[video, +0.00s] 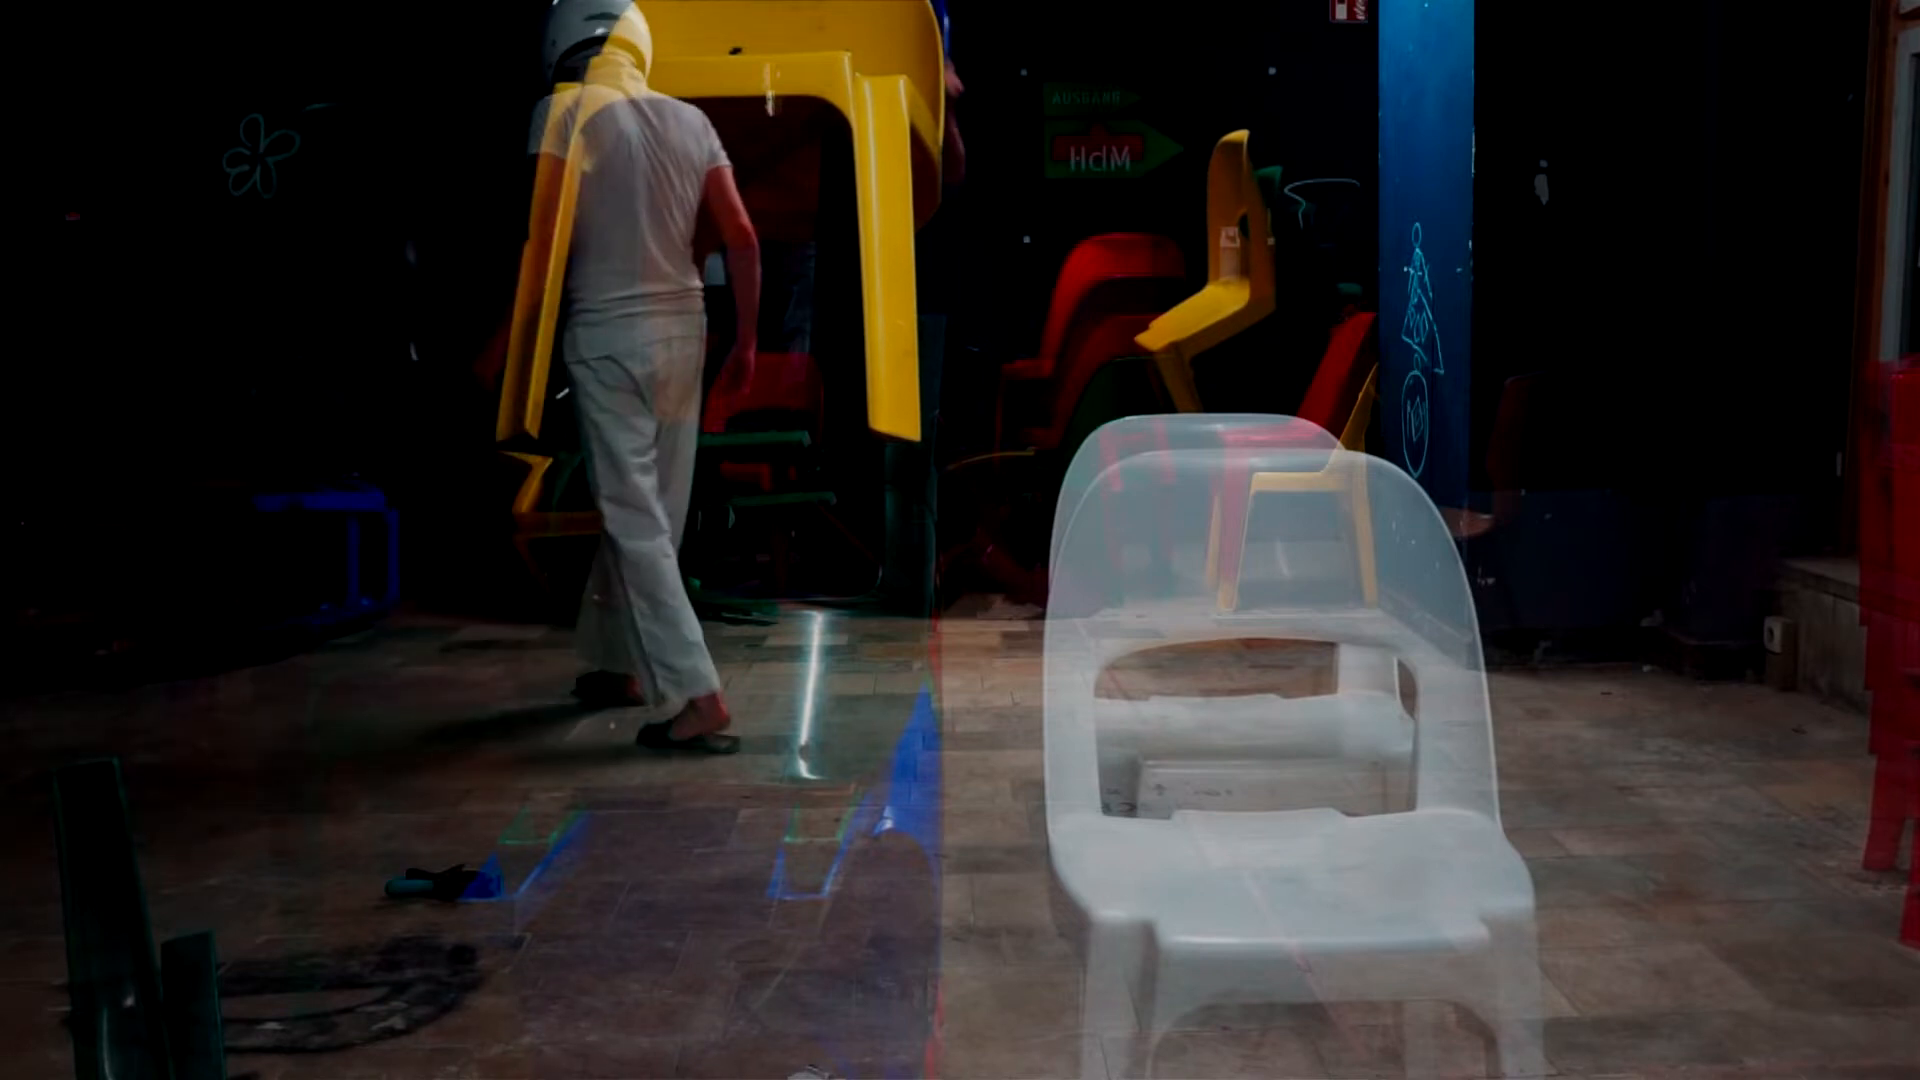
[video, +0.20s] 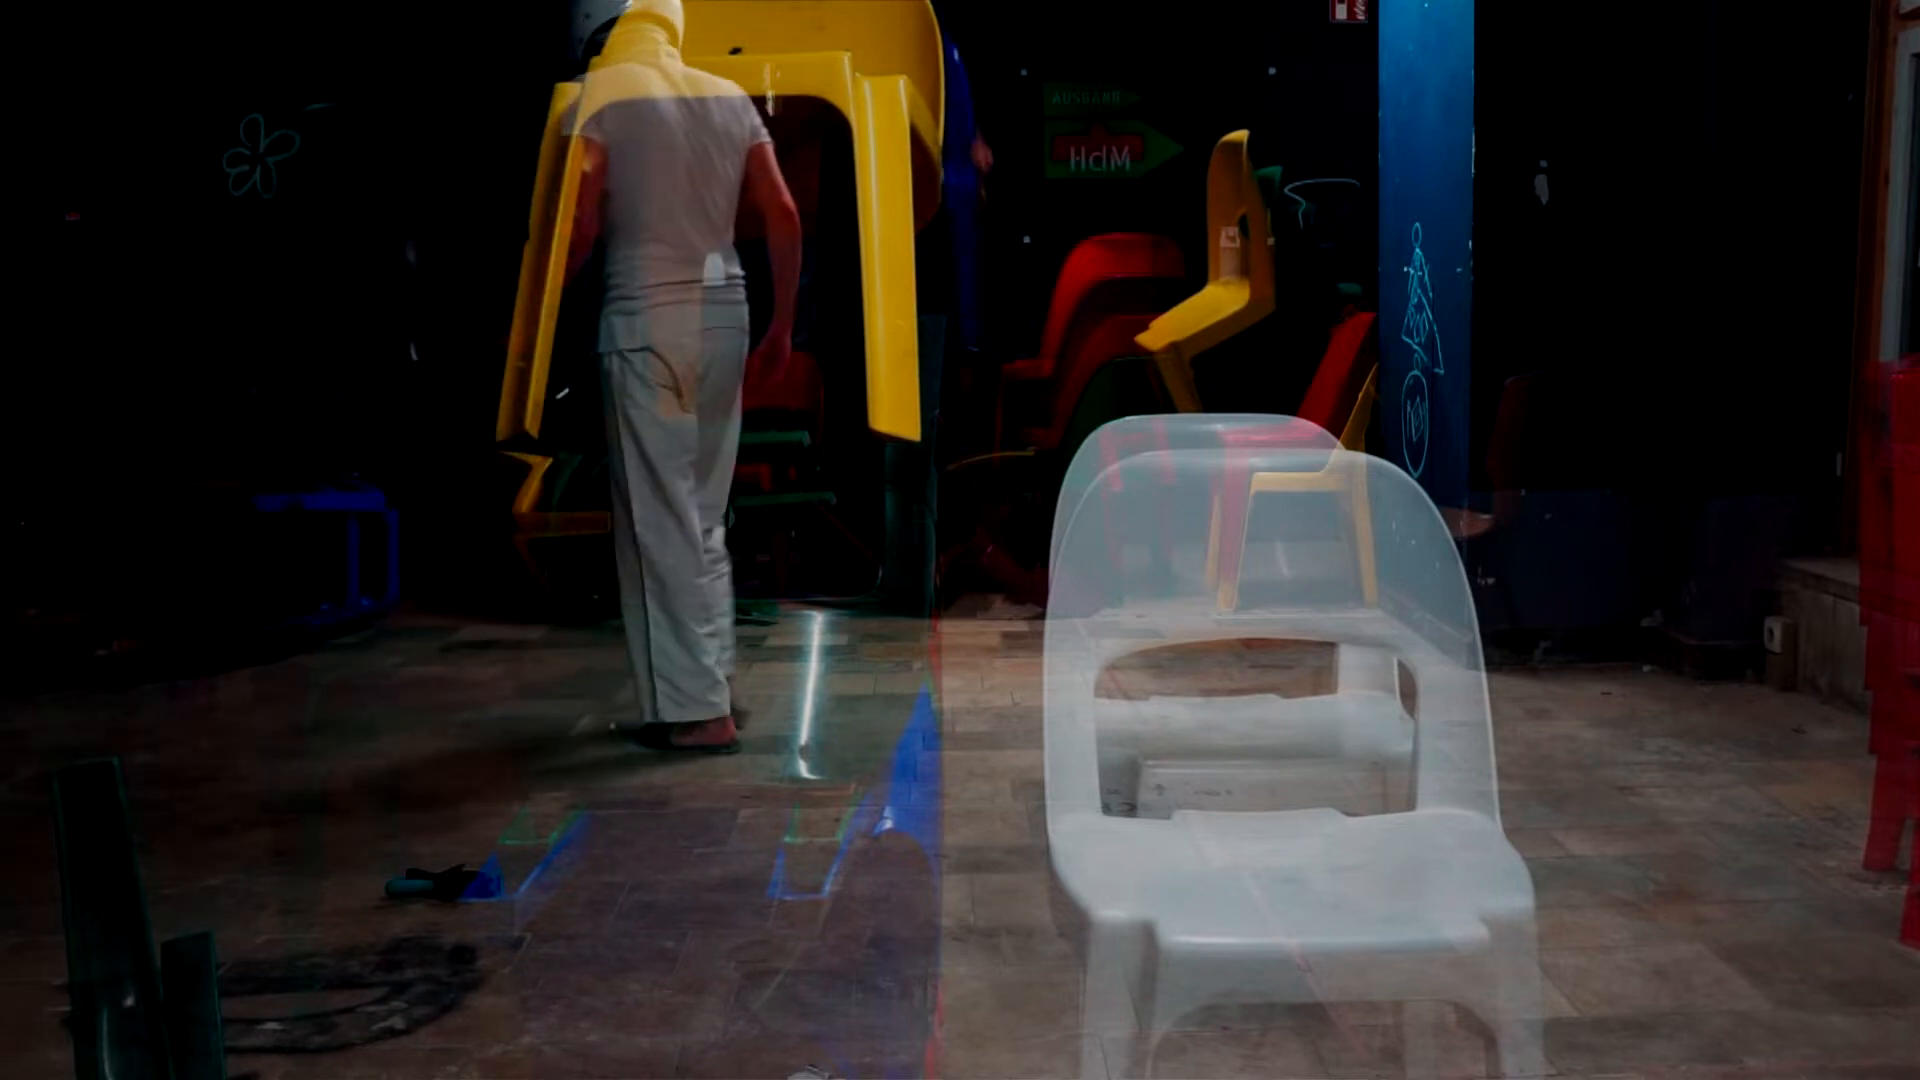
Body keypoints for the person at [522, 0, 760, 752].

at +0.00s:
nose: (565, 77)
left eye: (564, 64)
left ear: (573, 58)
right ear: (635, 53)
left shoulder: (565, 117)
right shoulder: (689, 122)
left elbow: (545, 239)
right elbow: (741, 238)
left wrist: (512, 337)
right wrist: (745, 336)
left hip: (604, 335)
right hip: (682, 333)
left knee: (637, 511)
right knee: (656, 509)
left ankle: (699, 698)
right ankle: (615, 667)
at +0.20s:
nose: (599, 64)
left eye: (601, 53)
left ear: (613, 45)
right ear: (672, 42)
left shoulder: (603, 94)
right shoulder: (730, 97)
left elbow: (582, 224)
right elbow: (783, 215)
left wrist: (546, 298)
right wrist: (782, 322)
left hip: (646, 318)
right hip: (725, 314)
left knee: (663, 513)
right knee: (705, 509)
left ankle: (693, 710)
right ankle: (711, 688)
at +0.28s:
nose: (612, 56)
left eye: (614, 44)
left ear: (623, 41)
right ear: (685, 35)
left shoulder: (612, 86)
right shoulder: (746, 90)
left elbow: (605, 217)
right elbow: (802, 213)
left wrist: (562, 309)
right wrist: (799, 323)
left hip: (657, 319)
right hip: (743, 314)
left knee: (671, 513)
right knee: (724, 500)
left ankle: (698, 710)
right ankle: (769, 659)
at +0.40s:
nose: (626, 57)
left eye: (632, 46)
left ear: (646, 38)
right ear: (709, 32)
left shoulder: (639, 89)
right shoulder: (775, 91)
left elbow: (641, 226)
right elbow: (835, 214)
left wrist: (613, 350)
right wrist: (831, 325)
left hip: (681, 322)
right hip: (770, 316)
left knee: (678, 527)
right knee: (758, 511)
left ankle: (702, 713)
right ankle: (836, 649)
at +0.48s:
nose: (652, 57)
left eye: (657, 46)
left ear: (671, 36)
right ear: (730, 31)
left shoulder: (661, 87)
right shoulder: (796, 92)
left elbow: (668, 220)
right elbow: (855, 210)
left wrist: (656, 352)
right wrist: (859, 323)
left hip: (702, 328)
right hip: (791, 322)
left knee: (688, 534)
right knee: (793, 521)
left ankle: (704, 710)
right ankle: (877, 669)